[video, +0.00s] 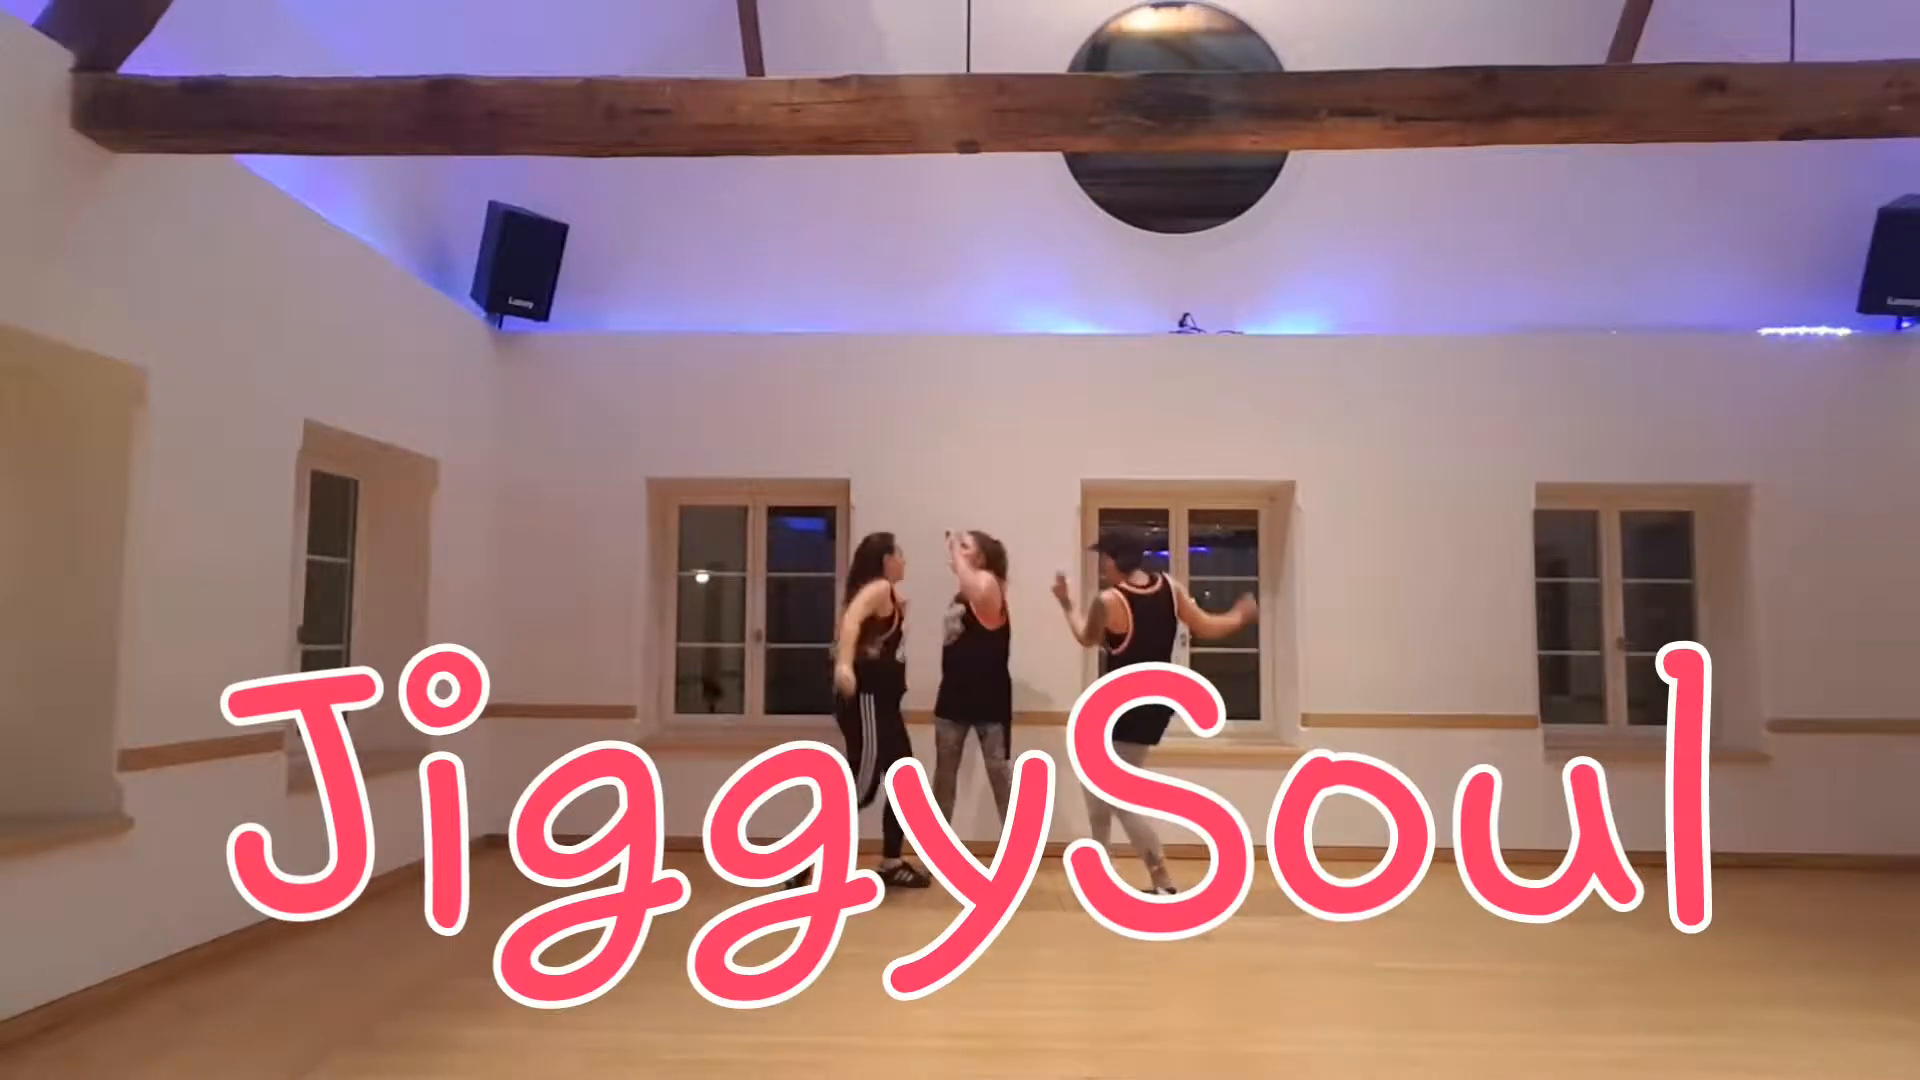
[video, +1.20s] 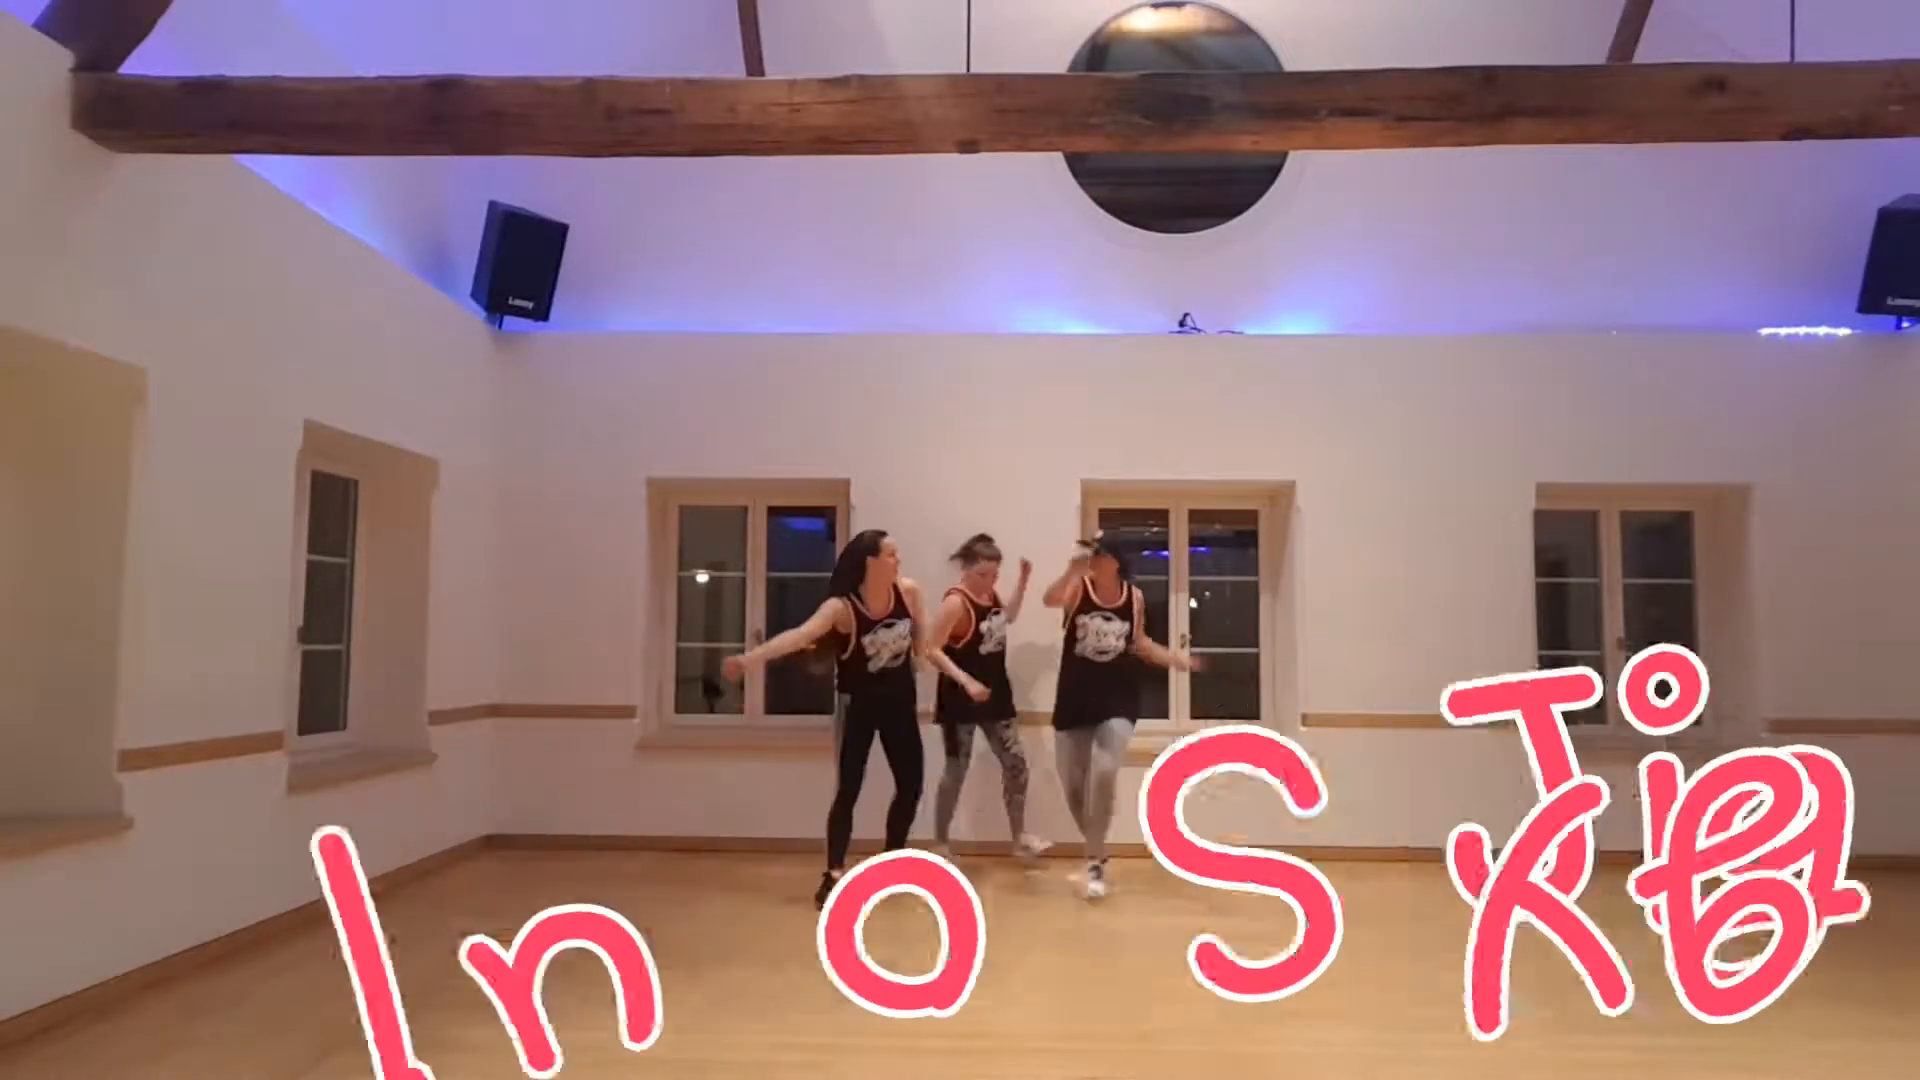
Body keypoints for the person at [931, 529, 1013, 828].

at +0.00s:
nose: (957, 553)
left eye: (966, 547)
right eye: (957, 547)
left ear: (983, 554)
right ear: (959, 554)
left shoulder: (990, 582)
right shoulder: (963, 590)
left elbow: (977, 590)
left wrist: (955, 554)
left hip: (989, 690)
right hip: (954, 689)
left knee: (999, 769)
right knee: (945, 767)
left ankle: (1016, 840)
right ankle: (938, 839)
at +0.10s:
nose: (942, 549)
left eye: (949, 545)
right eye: (943, 544)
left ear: (968, 554)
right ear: (949, 554)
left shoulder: (979, 586)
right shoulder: (948, 593)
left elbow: (987, 576)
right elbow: (940, 644)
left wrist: (963, 548)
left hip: (987, 688)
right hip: (950, 688)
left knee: (996, 764)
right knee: (944, 766)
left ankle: (1016, 835)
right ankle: (939, 836)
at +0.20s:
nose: (933, 556)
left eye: (940, 551)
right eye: (934, 551)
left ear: (955, 558)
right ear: (938, 559)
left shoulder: (966, 577)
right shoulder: (935, 591)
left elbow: (1004, 589)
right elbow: (925, 641)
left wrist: (972, 560)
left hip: (980, 686)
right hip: (944, 687)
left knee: (987, 767)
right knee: (942, 773)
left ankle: (1017, 839)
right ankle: (942, 843)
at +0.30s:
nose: (928, 567)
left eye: (935, 561)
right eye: (924, 563)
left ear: (951, 566)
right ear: (922, 572)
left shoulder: (969, 593)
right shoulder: (925, 605)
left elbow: (1013, 611)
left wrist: (986, 586)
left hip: (976, 696)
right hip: (939, 697)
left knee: (976, 771)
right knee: (941, 778)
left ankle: (1014, 834)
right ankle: (944, 846)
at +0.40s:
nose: (929, 572)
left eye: (932, 565)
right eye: (923, 571)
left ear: (945, 567)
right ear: (918, 581)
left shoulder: (970, 598)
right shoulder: (919, 609)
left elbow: (1006, 636)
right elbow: (900, 654)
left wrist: (1001, 617)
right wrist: (921, 671)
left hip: (974, 698)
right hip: (937, 700)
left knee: (973, 771)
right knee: (942, 778)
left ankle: (1008, 837)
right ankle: (943, 845)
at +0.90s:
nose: (968, 574)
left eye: (966, 568)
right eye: (961, 570)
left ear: (961, 574)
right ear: (943, 578)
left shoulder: (967, 599)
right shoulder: (941, 614)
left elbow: (978, 624)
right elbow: (928, 664)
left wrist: (996, 599)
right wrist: (972, 674)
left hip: (987, 699)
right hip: (955, 706)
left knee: (1004, 768)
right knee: (965, 774)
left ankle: (997, 843)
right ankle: (959, 849)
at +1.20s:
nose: (990, 581)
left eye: (993, 574)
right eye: (983, 574)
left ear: (997, 570)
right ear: (966, 570)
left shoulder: (991, 594)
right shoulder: (955, 603)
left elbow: (1009, 615)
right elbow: (932, 649)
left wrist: (1022, 581)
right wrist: (967, 681)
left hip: (994, 693)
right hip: (959, 697)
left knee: (1016, 764)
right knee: (956, 768)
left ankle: (1019, 835)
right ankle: (941, 841)